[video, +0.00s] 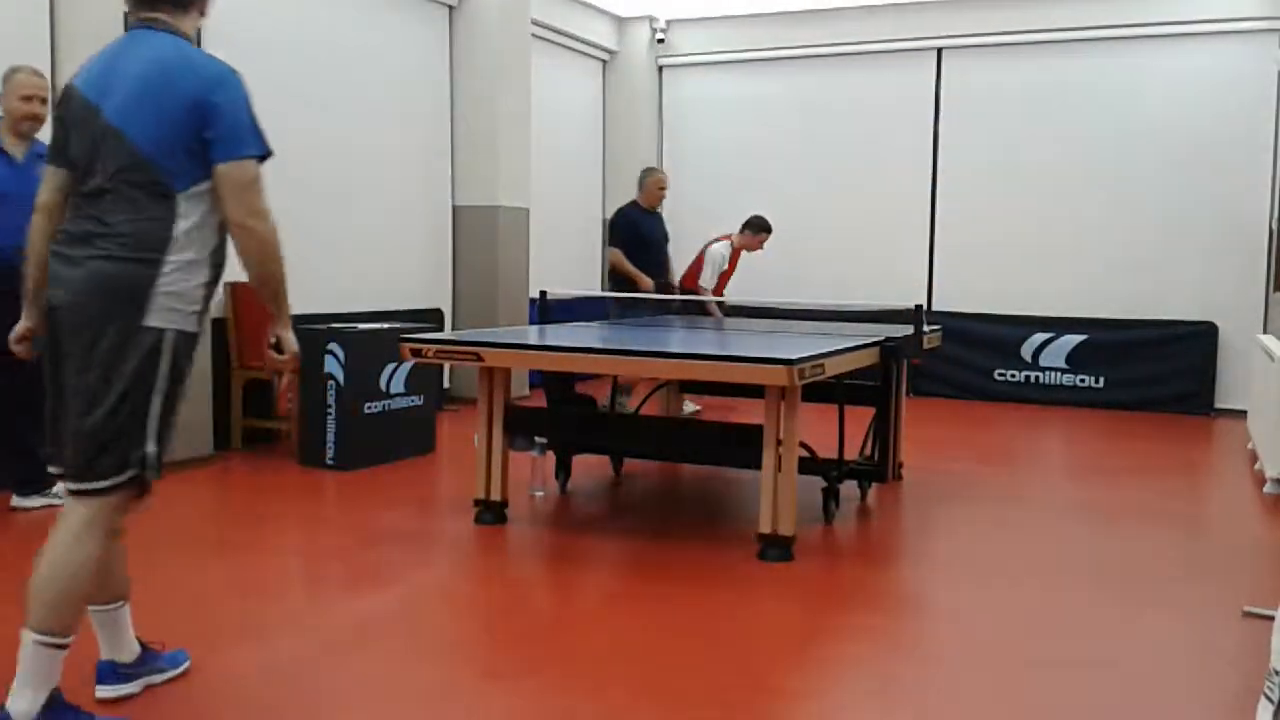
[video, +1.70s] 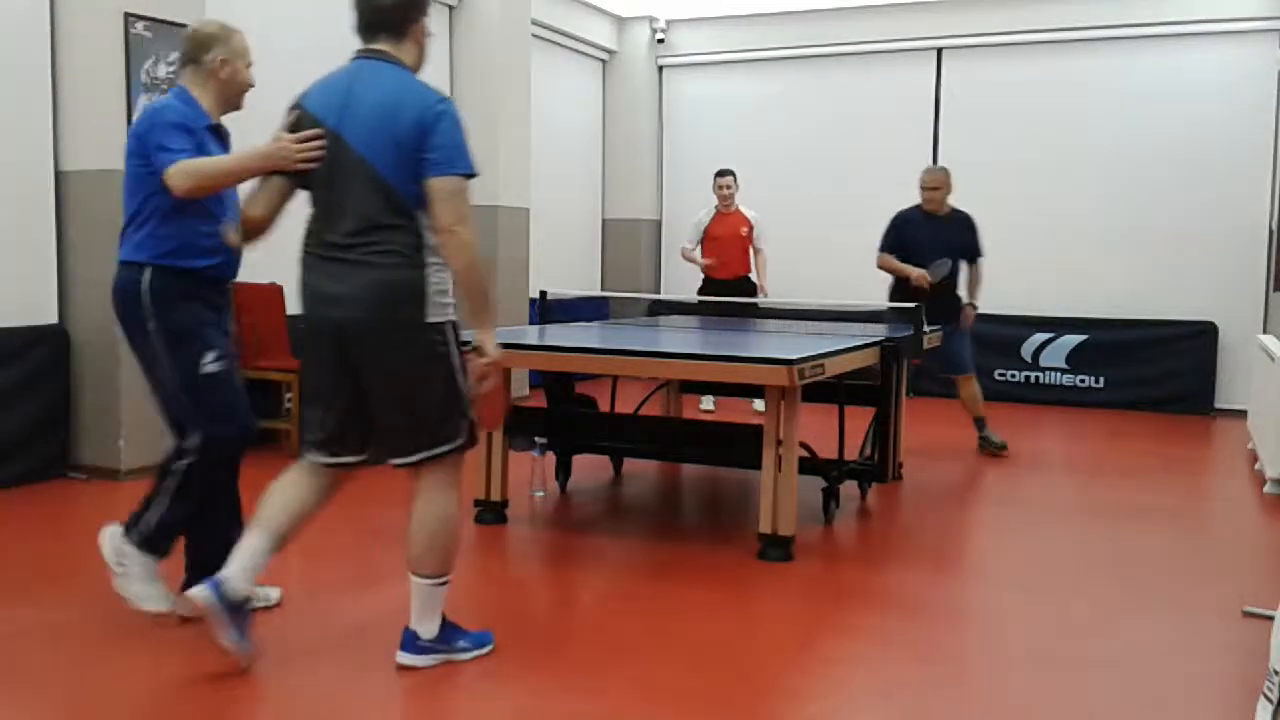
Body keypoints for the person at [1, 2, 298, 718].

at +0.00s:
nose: (209, 14)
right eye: (208, 7)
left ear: (130, 8)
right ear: (197, 7)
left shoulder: (88, 74)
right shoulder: (210, 79)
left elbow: (49, 204)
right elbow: (246, 218)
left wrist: (33, 307)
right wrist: (281, 315)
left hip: (70, 302)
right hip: (143, 311)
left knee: (102, 490)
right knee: (95, 500)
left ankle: (121, 657)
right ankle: (29, 699)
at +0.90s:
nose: (210, 19)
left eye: (205, 13)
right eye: (209, 12)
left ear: (134, 7)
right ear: (197, 9)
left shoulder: (92, 76)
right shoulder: (191, 82)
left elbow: (56, 202)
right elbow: (199, 216)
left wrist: (49, 294)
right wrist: (231, 329)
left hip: (108, 311)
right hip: (159, 319)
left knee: (178, 479)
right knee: (150, 499)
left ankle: (162, 653)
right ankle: (38, 694)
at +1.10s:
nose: (244, 17)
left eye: (240, 11)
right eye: (244, 10)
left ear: (169, 7)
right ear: (236, 9)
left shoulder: (132, 76)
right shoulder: (220, 81)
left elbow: (105, 212)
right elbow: (234, 214)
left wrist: (162, 265)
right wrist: (282, 317)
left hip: (141, 309)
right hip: (207, 309)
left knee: (178, 480)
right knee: (268, 470)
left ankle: (160, 650)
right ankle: (153, 642)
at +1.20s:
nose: (262, 20)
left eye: (257, 14)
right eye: (262, 13)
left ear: (190, 9)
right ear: (255, 12)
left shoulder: (151, 75)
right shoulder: (242, 83)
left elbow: (123, 205)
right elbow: (252, 212)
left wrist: (180, 259)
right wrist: (305, 312)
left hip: (154, 306)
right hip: (230, 306)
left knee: (177, 474)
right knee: (301, 459)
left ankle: (159, 654)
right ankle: (248, 652)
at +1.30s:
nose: (295, 26)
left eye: (291, 17)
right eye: (294, 17)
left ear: (225, 16)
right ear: (283, 17)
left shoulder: (180, 85)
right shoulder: (279, 88)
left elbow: (147, 207)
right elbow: (291, 213)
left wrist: (217, 240)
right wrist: (342, 316)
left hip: (184, 316)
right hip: (266, 317)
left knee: (185, 479)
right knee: (330, 466)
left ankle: (160, 654)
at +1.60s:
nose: (395, 40)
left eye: (389, 29)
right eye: (393, 29)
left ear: (329, 29)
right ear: (384, 30)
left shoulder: (281, 102)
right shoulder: (391, 110)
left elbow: (223, 204)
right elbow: (412, 231)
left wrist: (207, 220)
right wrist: (443, 336)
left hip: (288, 325)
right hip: (369, 327)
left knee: (260, 476)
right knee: (428, 464)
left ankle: (180, 629)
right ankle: (426, 629)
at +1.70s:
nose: (428, 39)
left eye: (422, 29)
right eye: (427, 28)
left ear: (363, 29)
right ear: (419, 30)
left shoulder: (314, 101)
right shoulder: (428, 108)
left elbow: (257, 212)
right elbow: (452, 230)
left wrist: (238, 231)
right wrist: (483, 336)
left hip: (322, 318)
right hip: (400, 322)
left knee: (327, 455)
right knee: (440, 458)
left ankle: (230, 583)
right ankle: (426, 631)